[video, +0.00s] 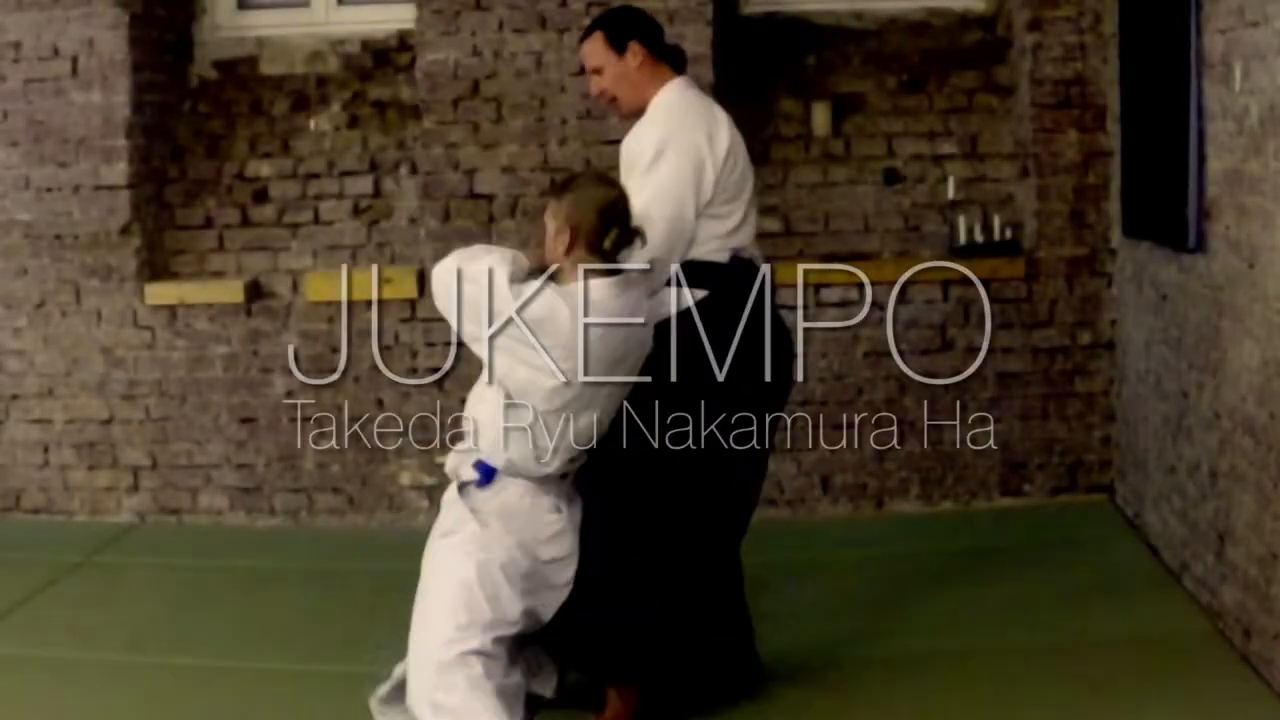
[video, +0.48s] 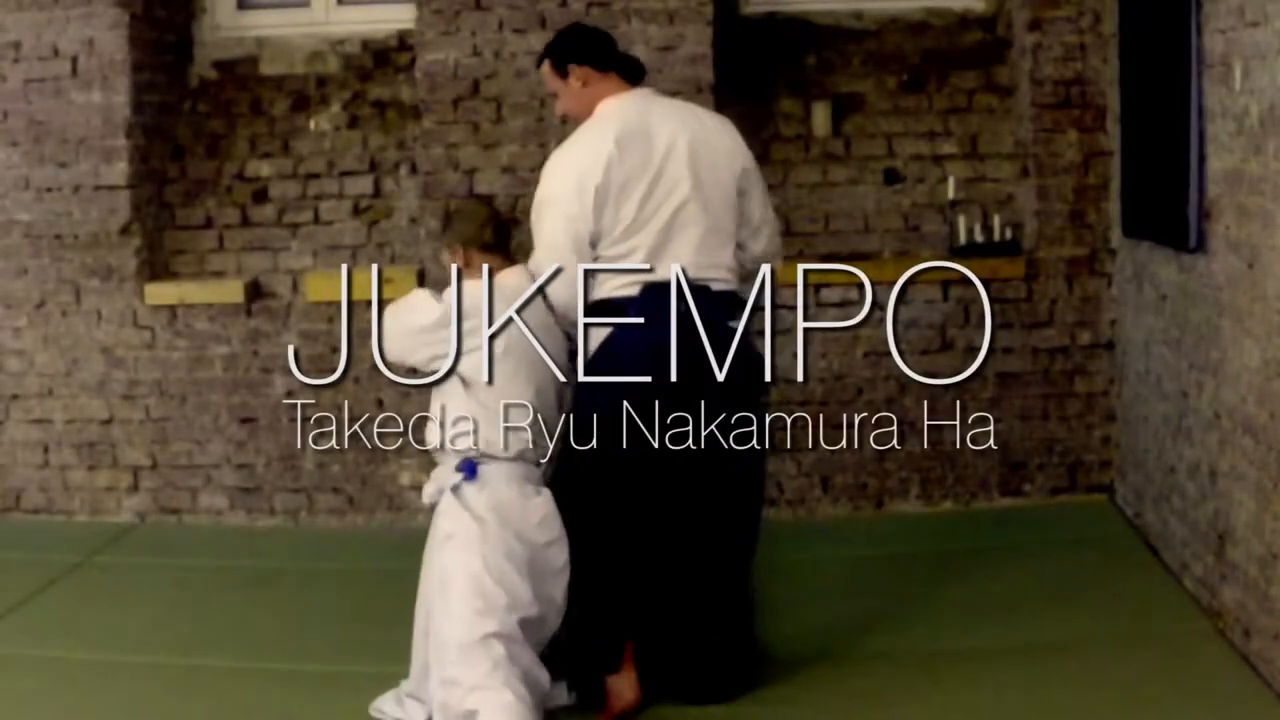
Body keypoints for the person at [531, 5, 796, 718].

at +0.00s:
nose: (593, 90)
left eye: (596, 72)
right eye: (587, 76)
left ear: (637, 55)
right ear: (640, 58)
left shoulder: (674, 125)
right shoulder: (690, 113)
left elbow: (653, 245)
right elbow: (660, 235)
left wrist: (585, 305)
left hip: (691, 328)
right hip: (713, 318)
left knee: (652, 500)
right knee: (693, 497)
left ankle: (646, 673)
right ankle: (709, 664)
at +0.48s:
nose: (558, 110)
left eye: (556, 93)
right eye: (553, 96)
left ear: (582, 76)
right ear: (621, 71)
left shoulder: (577, 157)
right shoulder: (719, 131)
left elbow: (559, 281)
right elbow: (761, 243)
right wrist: (719, 302)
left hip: (621, 352)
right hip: (720, 345)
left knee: (605, 504)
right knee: (716, 501)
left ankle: (616, 670)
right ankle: (714, 665)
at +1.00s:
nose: (534, 112)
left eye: (531, 98)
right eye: (530, 99)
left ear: (551, 84)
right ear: (592, 74)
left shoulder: (552, 155)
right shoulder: (690, 132)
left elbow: (505, 273)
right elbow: (737, 235)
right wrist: (716, 307)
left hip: (604, 348)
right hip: (697, 341)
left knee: (596, 508)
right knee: (702, 505)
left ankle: (615, 671)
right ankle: (708, 666)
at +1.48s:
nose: (485, 126)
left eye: (481, 112)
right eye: (480, 115)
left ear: (499, 98)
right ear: (540, 84)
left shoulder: (541, 151)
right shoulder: (613, 133)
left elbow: (494, 272)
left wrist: (446, 281)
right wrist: (478, 230)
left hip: (587, 355)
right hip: (653, 343)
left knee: (567, 520)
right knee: (624, 513)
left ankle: (543, 679)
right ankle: (622, 668)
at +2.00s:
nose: (480, 116)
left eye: (478, 103)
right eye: (478, 105)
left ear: (498, 89)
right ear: (546, 81)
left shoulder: (491, 151)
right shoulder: (622, 137)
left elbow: (424, 279)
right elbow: (633, 219)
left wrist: (423, 298)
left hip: (559, 349)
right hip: (647, 342)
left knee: (529, 509)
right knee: (630, 507)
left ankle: (532, 680)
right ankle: (629, 663)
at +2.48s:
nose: (556, 106)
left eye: (557, 89)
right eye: (551, 93)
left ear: (590, 73)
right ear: (614, 74)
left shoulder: (593, 136)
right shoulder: (690, 139)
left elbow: (587, 240)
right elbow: (709, 246)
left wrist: (572, 329)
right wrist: (706, 316)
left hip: (622, 308)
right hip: (687, 314)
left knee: (624, 488)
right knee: (667, 481)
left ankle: (638, 653)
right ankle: (678, 642)